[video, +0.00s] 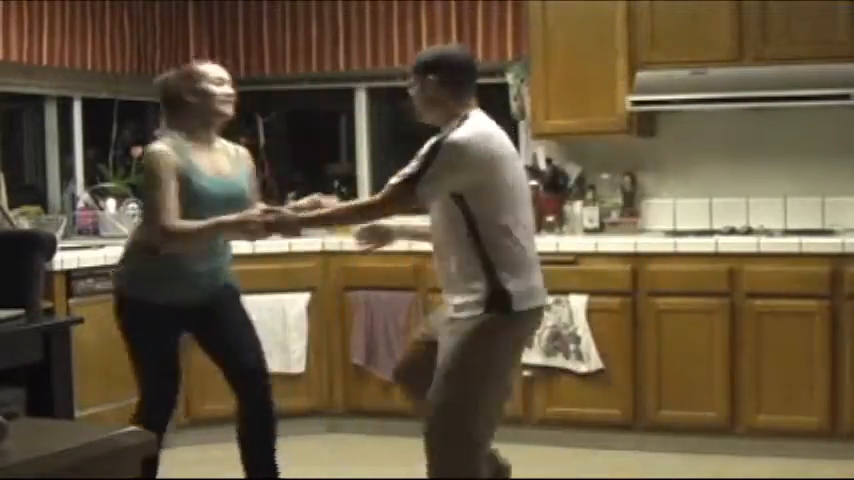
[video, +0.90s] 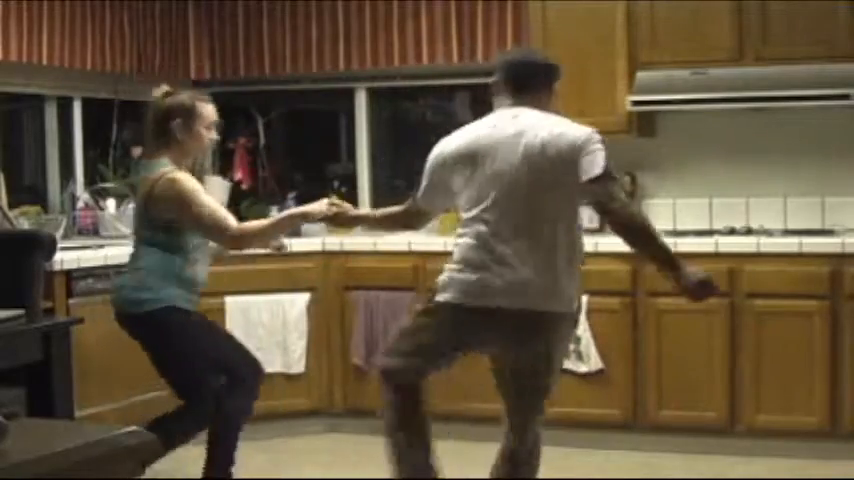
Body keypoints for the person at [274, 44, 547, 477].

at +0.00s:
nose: (411, 98)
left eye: (414, 88)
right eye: (411, 88)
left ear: (436, 87)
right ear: (462, 87)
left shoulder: (460, 142)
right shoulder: (480, 134)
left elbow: (383, 205)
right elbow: (464, 227)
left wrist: (301, 221)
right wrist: (394, 229)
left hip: (496, 310)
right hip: (474, 301)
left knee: (451, 440)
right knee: (415, 375)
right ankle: (486, 464)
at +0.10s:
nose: (419, 92)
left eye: (422, 82)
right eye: (420, 82)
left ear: (438, 84)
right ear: (474, 84)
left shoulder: (442, 143)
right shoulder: (508, 139)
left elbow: (371, 199)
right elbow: (518, 214)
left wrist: (287, 200)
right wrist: (442, 236)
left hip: (483, 312)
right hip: (517, 305)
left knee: (438, 429)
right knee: (419, 382)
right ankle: (501, 460)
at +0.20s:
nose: (431, 91)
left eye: (434, 82)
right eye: (433, 82)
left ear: (445, 85)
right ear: (488, 89)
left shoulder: (430, 140)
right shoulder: (529, 147)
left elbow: (361, 194)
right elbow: (554, 231)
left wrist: (287, 183)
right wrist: (490, 231)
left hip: (466, 314)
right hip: (520, 309)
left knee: (423, 433)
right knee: (471, 419)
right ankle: (512, 476)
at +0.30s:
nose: (441, 93)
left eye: (443, 87)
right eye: (442, 88)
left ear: (449, 87)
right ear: (500, 89)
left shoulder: (423, 139)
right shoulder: (543, 150)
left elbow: (362, 195)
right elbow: (578, 232)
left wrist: (295, 175)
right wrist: (531, 232)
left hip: (454, 316)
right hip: (524, 312)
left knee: (412, 428)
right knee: (501, 422)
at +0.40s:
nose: (516, 92)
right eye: (514, 86)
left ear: (457, 90)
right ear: (511, 88)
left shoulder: (421, 141)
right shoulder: (548, 147)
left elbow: (370, 196)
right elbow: (591, 225)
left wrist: (315, 171)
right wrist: (610, 240)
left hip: (451, 315)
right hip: (529, 316)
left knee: (382, 416)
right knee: (521, 431)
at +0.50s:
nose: (528, 97)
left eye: (528, 86)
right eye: (526, 87)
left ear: (465, 89)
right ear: (510, 86)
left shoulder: (419, 138)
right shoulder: (543, 139)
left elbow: (377, 194)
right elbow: (589, 217)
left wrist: (320, 166)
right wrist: (635, 251)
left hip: (442, 308)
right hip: (520, 309)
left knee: (388, 421)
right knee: (520, 434)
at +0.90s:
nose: (552, 98)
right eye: (552, 91)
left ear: (497, 91)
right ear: (549, 90)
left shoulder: (457, 144)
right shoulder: (576, 139)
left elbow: (413, 215)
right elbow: (615, 212)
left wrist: (350, 217)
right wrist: (679, 272)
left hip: (467, 298)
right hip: (543, 309)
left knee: (398, 371)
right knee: (523, 427)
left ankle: (416, 474)